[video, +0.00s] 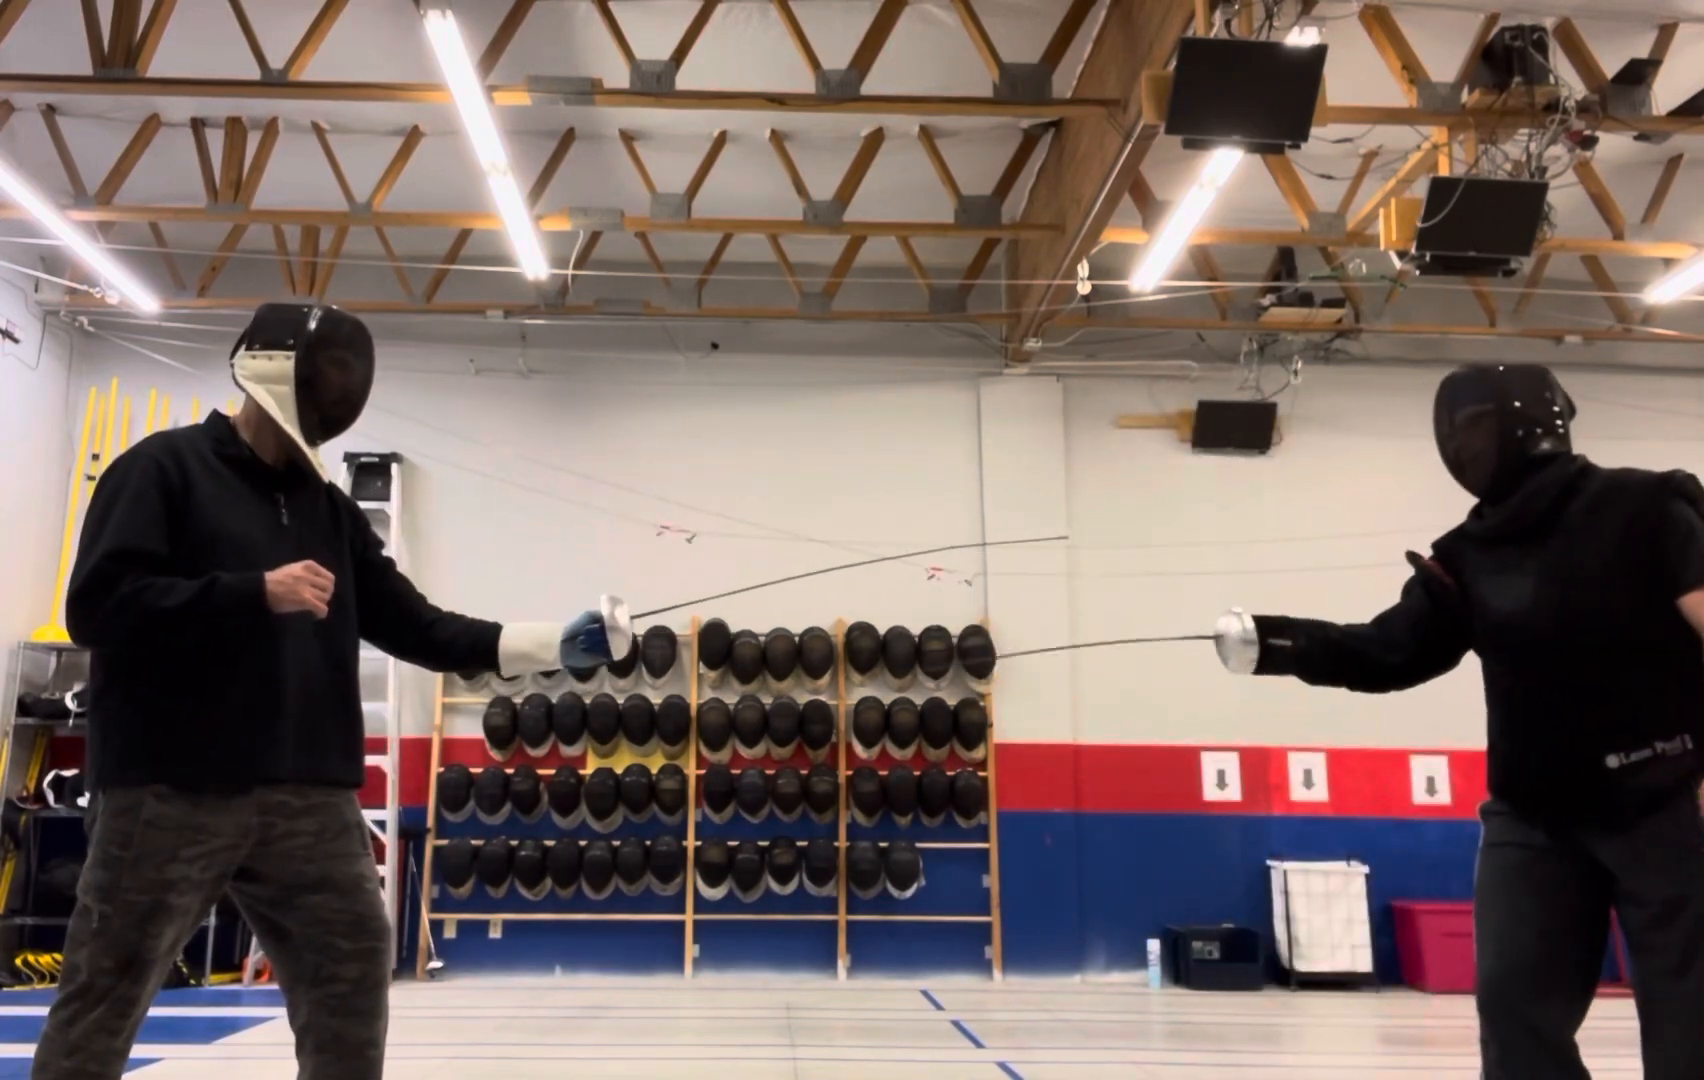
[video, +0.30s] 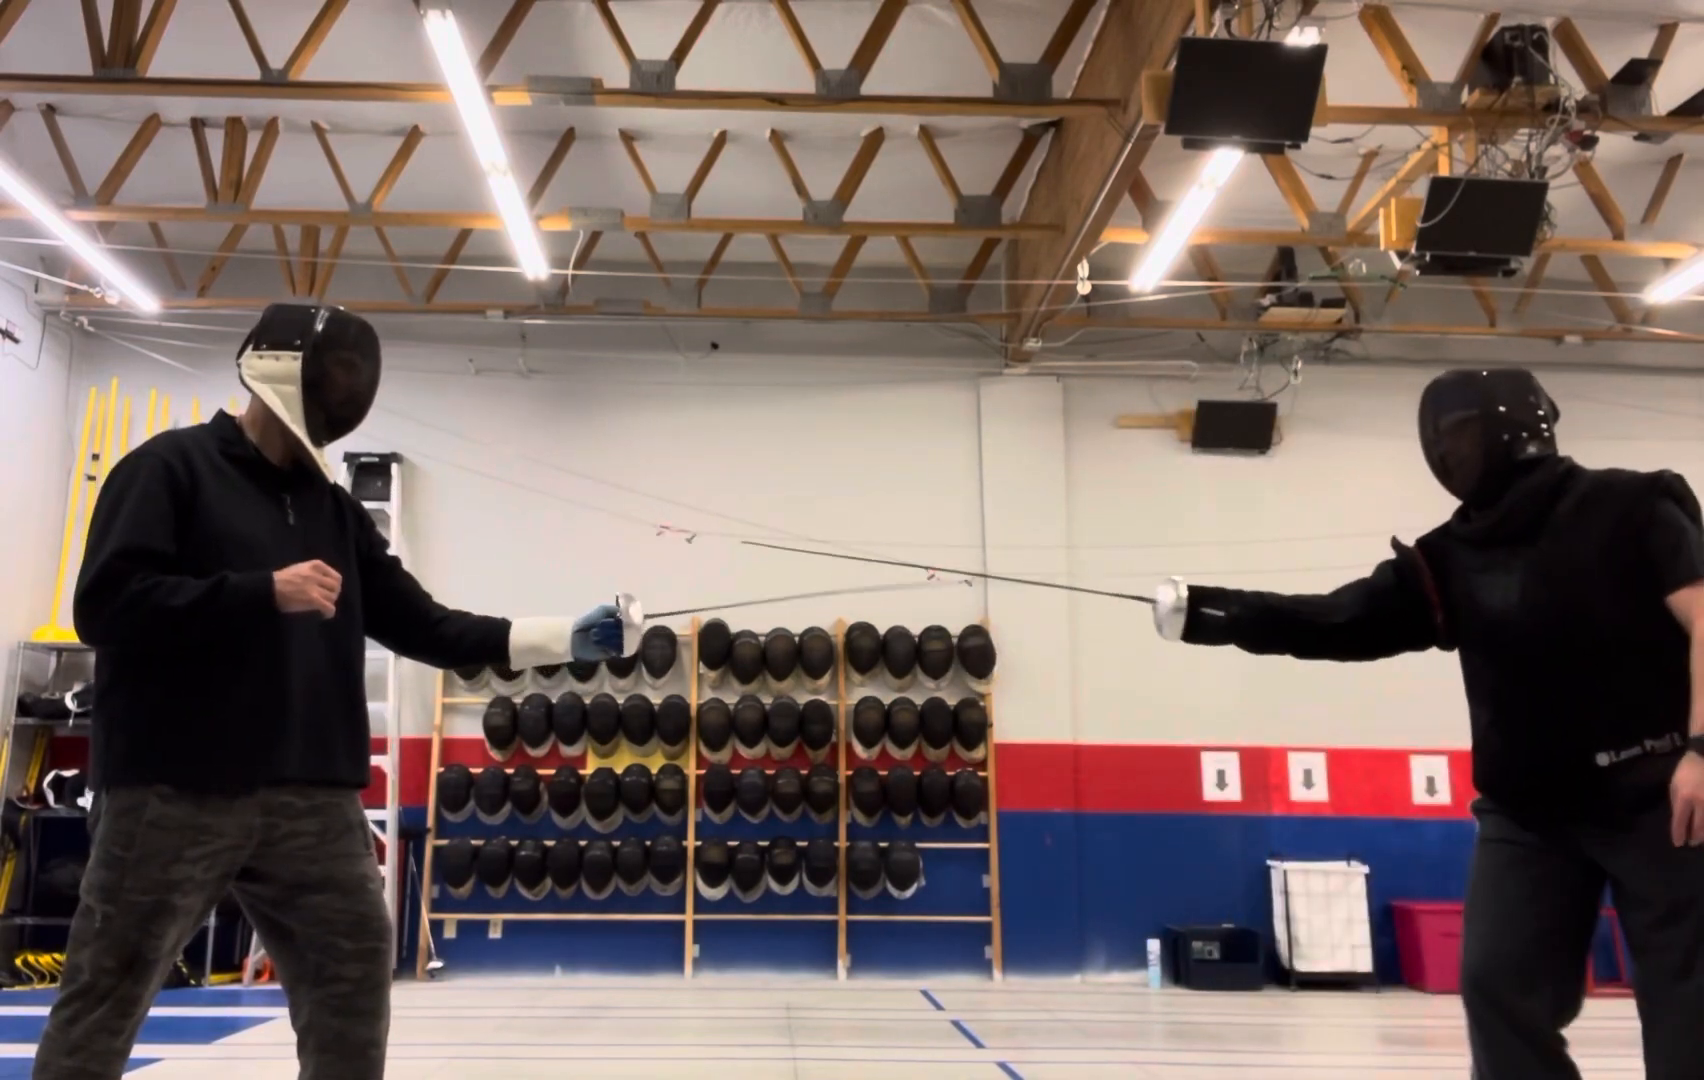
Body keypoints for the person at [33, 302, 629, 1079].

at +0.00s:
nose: (320, 418)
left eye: (332, 402)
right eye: (311, 392)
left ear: (335, 401)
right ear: (264, 373)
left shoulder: (327, 511)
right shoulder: (155, 470)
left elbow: (413, 625)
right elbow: (97, 606)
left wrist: (551, 645)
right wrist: (253, 590)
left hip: (305, 799)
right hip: (166, 794)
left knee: (350, 974)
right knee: (102, 1002)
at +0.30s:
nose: (325, 425)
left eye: (338, 409)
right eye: (317, 400)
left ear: (341, 404)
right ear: (270, 375)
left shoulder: (332, 511)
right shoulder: (162, 470)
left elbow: (420, 624)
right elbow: (105, 604)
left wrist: (560, 641)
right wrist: (261, 590)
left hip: (308, 796)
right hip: (170, 790)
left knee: (351, 981)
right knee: (103, 998)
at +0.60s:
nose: (329, 418)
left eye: (341, 401)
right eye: (321, 393)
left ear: (340, 401)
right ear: (271, 374)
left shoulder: (329, 511)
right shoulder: (164, 470)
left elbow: (416, 627)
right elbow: (110, 604)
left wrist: (557, 632)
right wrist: (269, 593)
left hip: (308, 796)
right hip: (171, 790)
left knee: (350, 980)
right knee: (104, 998)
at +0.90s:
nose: (326, 435)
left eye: (340, 418)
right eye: (317, 412)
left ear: (348, 410)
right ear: (271, 384)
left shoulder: (338, 515)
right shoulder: (166, 470)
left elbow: (452, 597)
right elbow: (102, 598)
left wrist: (596, 589)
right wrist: (261, 592)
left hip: (307, 801)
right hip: (168, 794)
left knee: (351, 996)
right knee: (96, 1009)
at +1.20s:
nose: (342, 428)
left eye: (354, 412)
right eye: (329, 404)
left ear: (364, 409)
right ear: (282, 381)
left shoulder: (369, 509)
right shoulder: (176, 468)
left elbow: (497, 524)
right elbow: (105, 598)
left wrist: (642, 492)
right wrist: (258, 587)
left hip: (317, 800)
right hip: (165, 795)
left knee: (354, 1017)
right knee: (93, 1012)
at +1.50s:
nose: (340, 418)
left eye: (351, 401)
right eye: (329, 394)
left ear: (352, 398)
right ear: (273, 374)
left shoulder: (343, 508)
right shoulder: (162, 471)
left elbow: (469, 548)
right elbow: (104, 602)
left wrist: (622, 536)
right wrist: (263, 585)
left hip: (309, 798)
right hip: (167, 795)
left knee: (351, 1000)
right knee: (97, 1008)